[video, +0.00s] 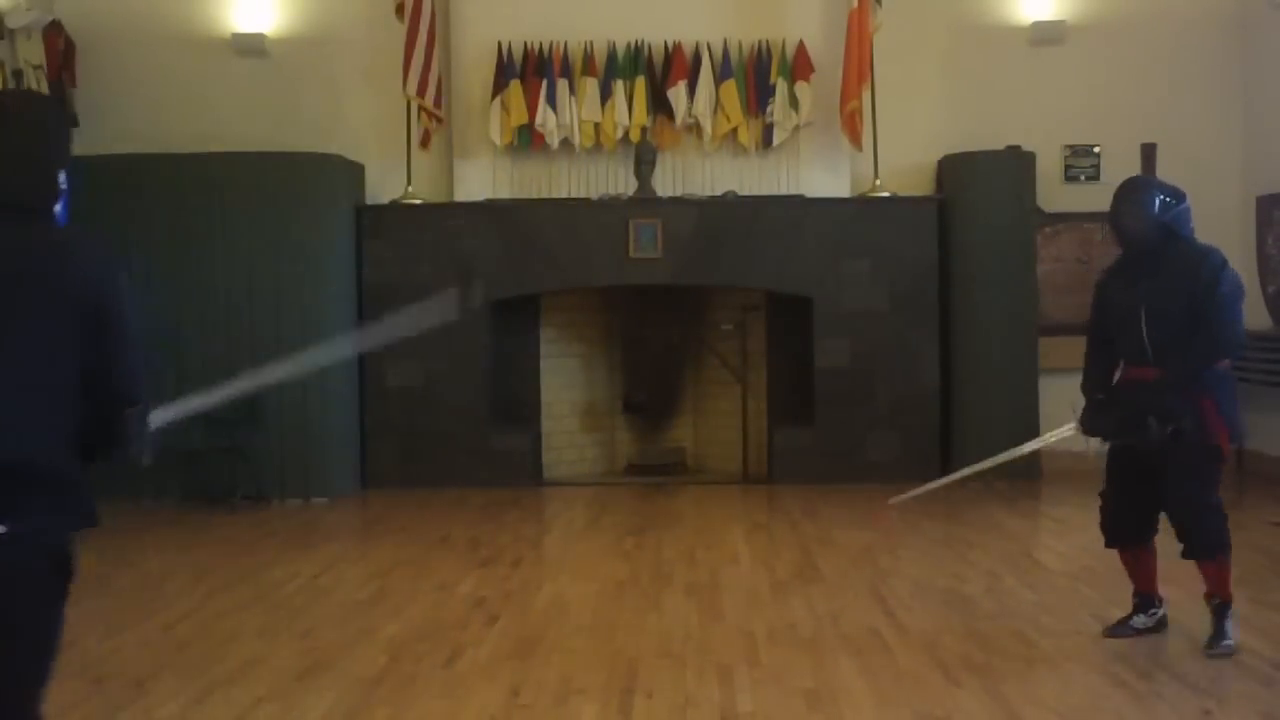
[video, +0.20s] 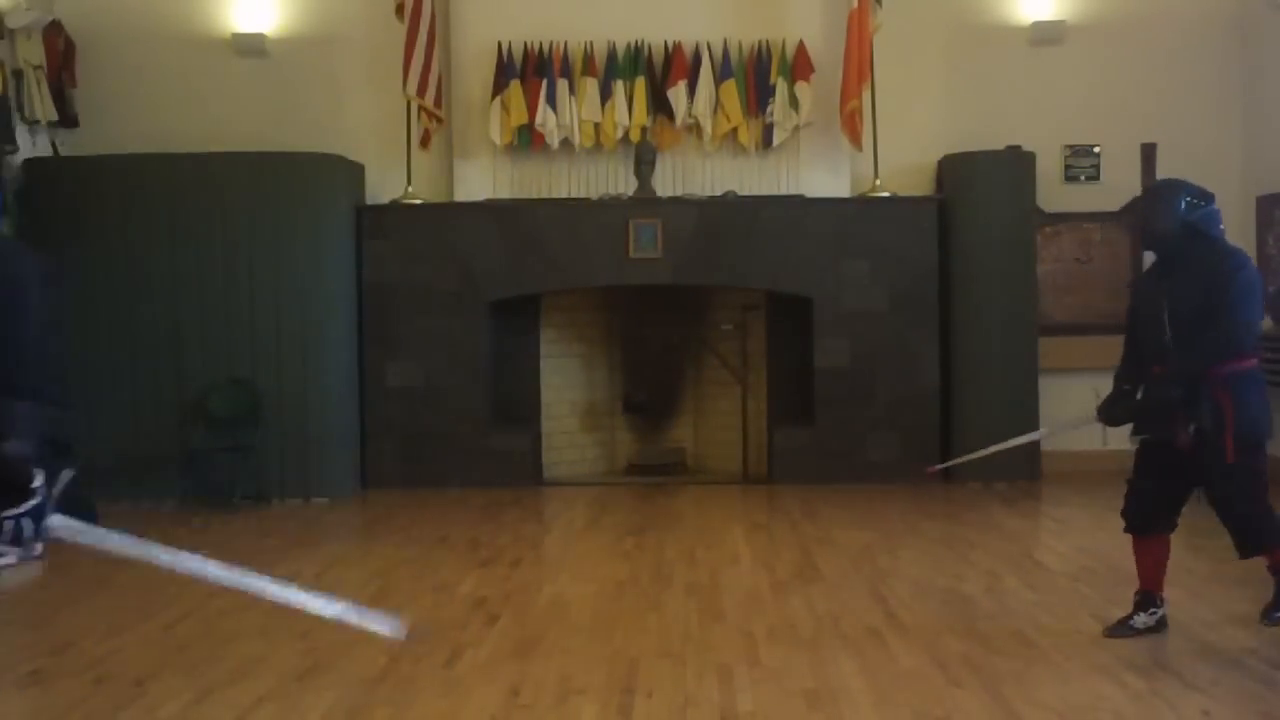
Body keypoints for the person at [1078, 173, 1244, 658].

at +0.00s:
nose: (1124, 230)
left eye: (1133, 219)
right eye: (1119, 220)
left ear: (1161, 216)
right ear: (1116, 224)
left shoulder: (1205, 267)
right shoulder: (1115, 279)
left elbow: (1223, 345)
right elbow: (1099, 350)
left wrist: (1170, 397)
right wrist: (1097, 402)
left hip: (1195, 415)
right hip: (1134, 415)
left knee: (1198, 512)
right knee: (1125, 512)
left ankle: (1221, 613)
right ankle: (1147, 607)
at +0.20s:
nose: (1145, 230)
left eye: (1152, 219)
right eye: (1144, 221)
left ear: (1180, 217)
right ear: (1153, 224)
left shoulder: (1230, 266)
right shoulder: (1152, 280)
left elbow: (1237, 343)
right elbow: (1137, 346)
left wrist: (1179, 380)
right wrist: (1123, 392)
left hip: (1230, 404)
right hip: (1171, 405)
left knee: (1241, 500)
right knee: (1147, 502)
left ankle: (1279, 577)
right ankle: (1149, 605)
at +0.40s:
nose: (1191, 229)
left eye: (1200, 219)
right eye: (1190, 219)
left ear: (1224, 219)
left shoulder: (1261, 272)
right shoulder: (1198, 276)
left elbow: (1261, 347)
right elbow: (1183, 345)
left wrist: (1206, 396)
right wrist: (1171, 393)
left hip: (1259, 420)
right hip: (1208, 417)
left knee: (1272, 519)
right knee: (1189, 507)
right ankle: (1166, 595)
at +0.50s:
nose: (1208, 225)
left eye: (1215, 215)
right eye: (1206, 215)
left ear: (1239, 214)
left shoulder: (1263, 265)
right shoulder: (1213, 269)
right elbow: (1196, 339)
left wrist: (1195, 398)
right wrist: (1191, 391)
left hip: (1262, 411)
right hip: (1222, 408)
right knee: (1206, 495)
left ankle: (1199, 589)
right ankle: (1198, 590)